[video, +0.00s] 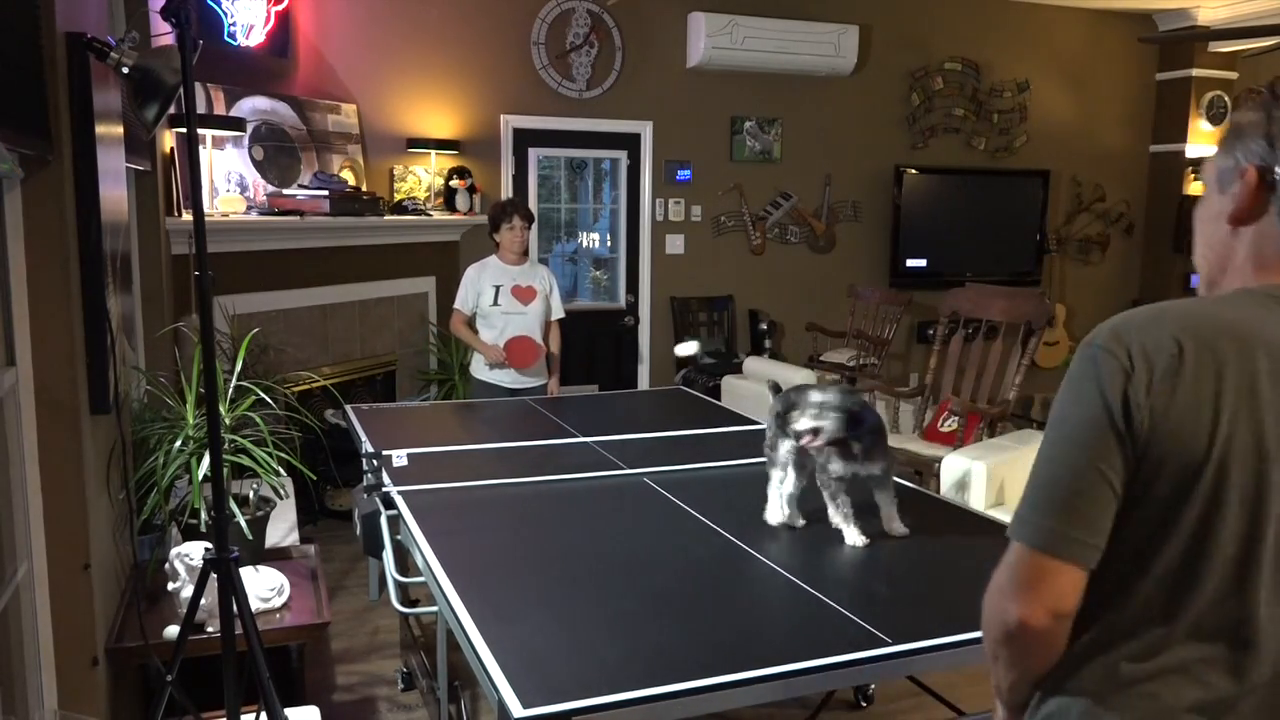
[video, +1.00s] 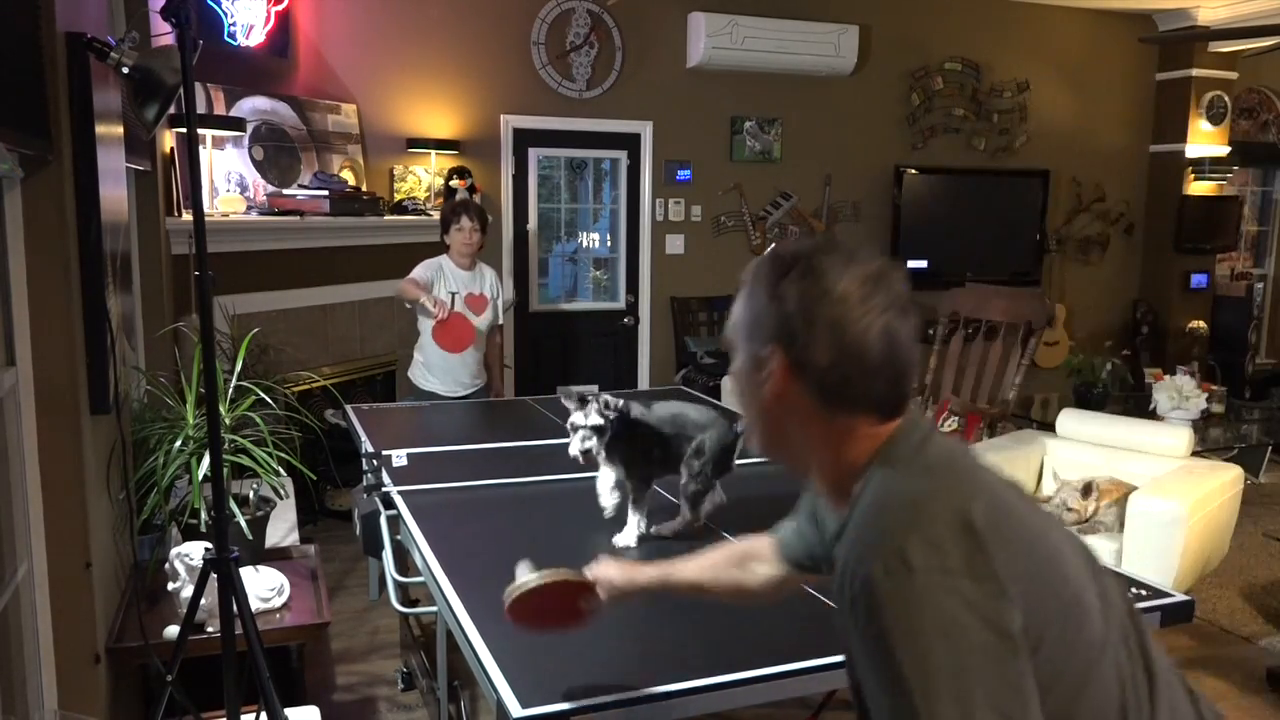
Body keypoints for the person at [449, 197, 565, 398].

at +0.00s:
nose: (520, 234)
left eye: (524, 228)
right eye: (511, 228)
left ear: (529, 232)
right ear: (496, 235)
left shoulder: (543, 275)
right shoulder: (477, 273)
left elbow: (552, 327)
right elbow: (456, 323)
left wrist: (554, 375)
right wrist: (485, 349)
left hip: (534, 383)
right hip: (489, 383)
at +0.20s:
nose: (512, 241)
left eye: (519, 234)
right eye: (505, 234)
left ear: (526, 237)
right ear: (492, 237)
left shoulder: (539, 277)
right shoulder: (471, 274)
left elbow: (549, 330)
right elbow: (439, 314)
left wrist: (550, 379)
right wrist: (450, 343)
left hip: (527, 384)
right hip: (482, 385)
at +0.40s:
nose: (496, 245)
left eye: (502, 238)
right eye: (488, 237)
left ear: (510, 243)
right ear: (475, 242)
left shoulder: (520, 282)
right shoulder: (453, 277)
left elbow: (530, 334)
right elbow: (409, 313)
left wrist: (533, 385)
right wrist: (429, 326)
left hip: (508, 391)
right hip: (460, 391)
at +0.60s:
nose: (477, 242)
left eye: (484, 236)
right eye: (469, 235)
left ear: (491, 243)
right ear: (455, 241)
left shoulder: (496, 279)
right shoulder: (441, 269)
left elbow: (499, 333)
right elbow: (419, 285)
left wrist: (503, 379)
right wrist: (437, 286)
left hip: (484, 384)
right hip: (439, 385)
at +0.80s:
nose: (468, 237)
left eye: (475, 231)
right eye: (459, 231)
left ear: (482, 239)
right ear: (446, 239)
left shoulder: (488, 276)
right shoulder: (436, 267)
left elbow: (492, 332)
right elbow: (419, 280)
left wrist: (495, 379)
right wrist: (441, 284)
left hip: (474, 384)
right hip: (431, 386)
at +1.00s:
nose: (468, 236)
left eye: (475, 230)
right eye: (459, 229)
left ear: (482, 237)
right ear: (446, 237)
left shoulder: (489, 277)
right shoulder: (432, 268)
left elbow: (494, 335)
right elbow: (405, 287)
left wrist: (496, 383)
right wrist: (425, 298)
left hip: (474, 388)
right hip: (430, 389)